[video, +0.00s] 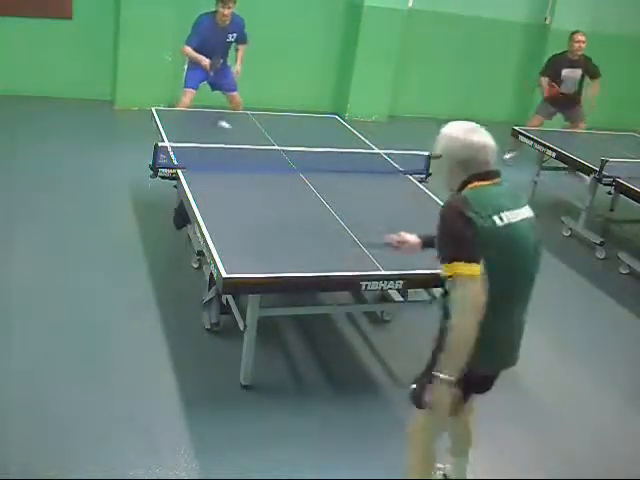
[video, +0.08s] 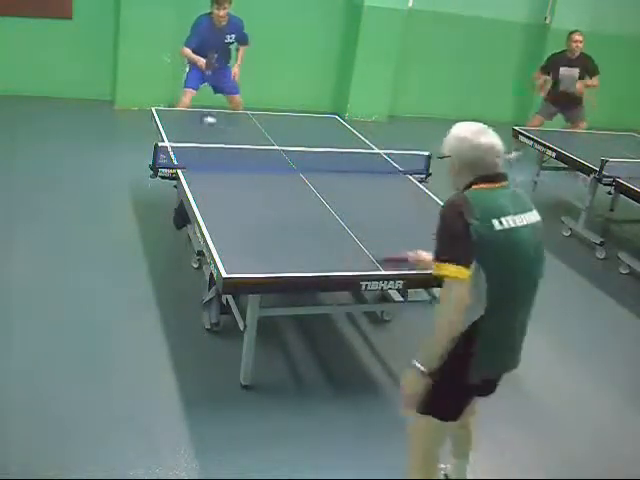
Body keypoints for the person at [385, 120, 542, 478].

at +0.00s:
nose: (437, 169)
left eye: (440, 161)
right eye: (437, 161)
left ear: (454, 164)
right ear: (486, 158)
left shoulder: (460, 209)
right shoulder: (512, 199)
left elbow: (471, 300)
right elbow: (484, 240)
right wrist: (422, 242)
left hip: (468, 348)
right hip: (501, 344)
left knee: (422, 425)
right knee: (460, 406)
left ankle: (421, 473)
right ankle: (459, 470)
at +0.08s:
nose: (445, 166)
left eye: (447, 159)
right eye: (445, 159)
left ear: (458, 165)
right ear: (495, 159)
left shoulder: (461, 207)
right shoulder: (520, 201)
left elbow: (458, 301)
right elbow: (500, 270)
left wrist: (422, 366)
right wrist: (439, 263)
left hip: (470, 346)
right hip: (506, 342)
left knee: (425, 423)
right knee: (462, 408)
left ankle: (426, 473)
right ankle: (459, 471)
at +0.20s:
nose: (454, 171)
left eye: (455, 164)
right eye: (455, 164)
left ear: (463, 169)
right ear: (508, 166)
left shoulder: (461, 208)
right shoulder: (532, 208)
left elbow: (437, 300)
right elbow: (541, 280)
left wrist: (418, 352)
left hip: (463, 354)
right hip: (511, 351)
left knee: (425, 440)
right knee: (473, 408)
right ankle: (463, 472)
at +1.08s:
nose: (495, 161)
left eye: (497, 156)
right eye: (495, 155)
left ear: (505, 163)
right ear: (545, 170)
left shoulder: (484, 199)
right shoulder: (559, 213)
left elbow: (442, 267)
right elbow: (540, 289)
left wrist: (431, 324)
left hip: (472, 337)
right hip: (518, 339)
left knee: (438, 433)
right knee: (476, 403)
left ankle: (439, 475)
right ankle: (484, 471)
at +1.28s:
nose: (485, 162)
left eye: (487, 158)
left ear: (490, 164)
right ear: (531, 175)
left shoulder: (457, 189)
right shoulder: (542, 218)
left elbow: (407, 235)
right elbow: (560, 294)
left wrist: (426, 267)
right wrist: (544, 317)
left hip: (443, 328)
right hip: (493, 336)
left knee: (416, 433)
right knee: (463, 398)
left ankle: (420, 471)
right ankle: (470, 468)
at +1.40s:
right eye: (513, 166)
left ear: (471, 158)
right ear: (509, 170)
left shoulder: (432, 186)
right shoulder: (512, 215)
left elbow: (379, 235)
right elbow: (527, 295)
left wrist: (372, 277)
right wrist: (541, 342)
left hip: (418, 323)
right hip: (468, 330)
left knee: (386, 418)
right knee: (457, 397)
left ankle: (382, 473)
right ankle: (467, 469)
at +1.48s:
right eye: (496, 161)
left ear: (454, 151)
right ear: (494, 165)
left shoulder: (414, 181)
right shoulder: (496, 204)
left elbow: (351, 227)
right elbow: (503, 286)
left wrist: (332, 287)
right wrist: (537, 329)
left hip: (401, 320)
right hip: (453, 327)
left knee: (362, 406)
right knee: (450, 393)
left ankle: (356, 472)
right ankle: (465, 466)